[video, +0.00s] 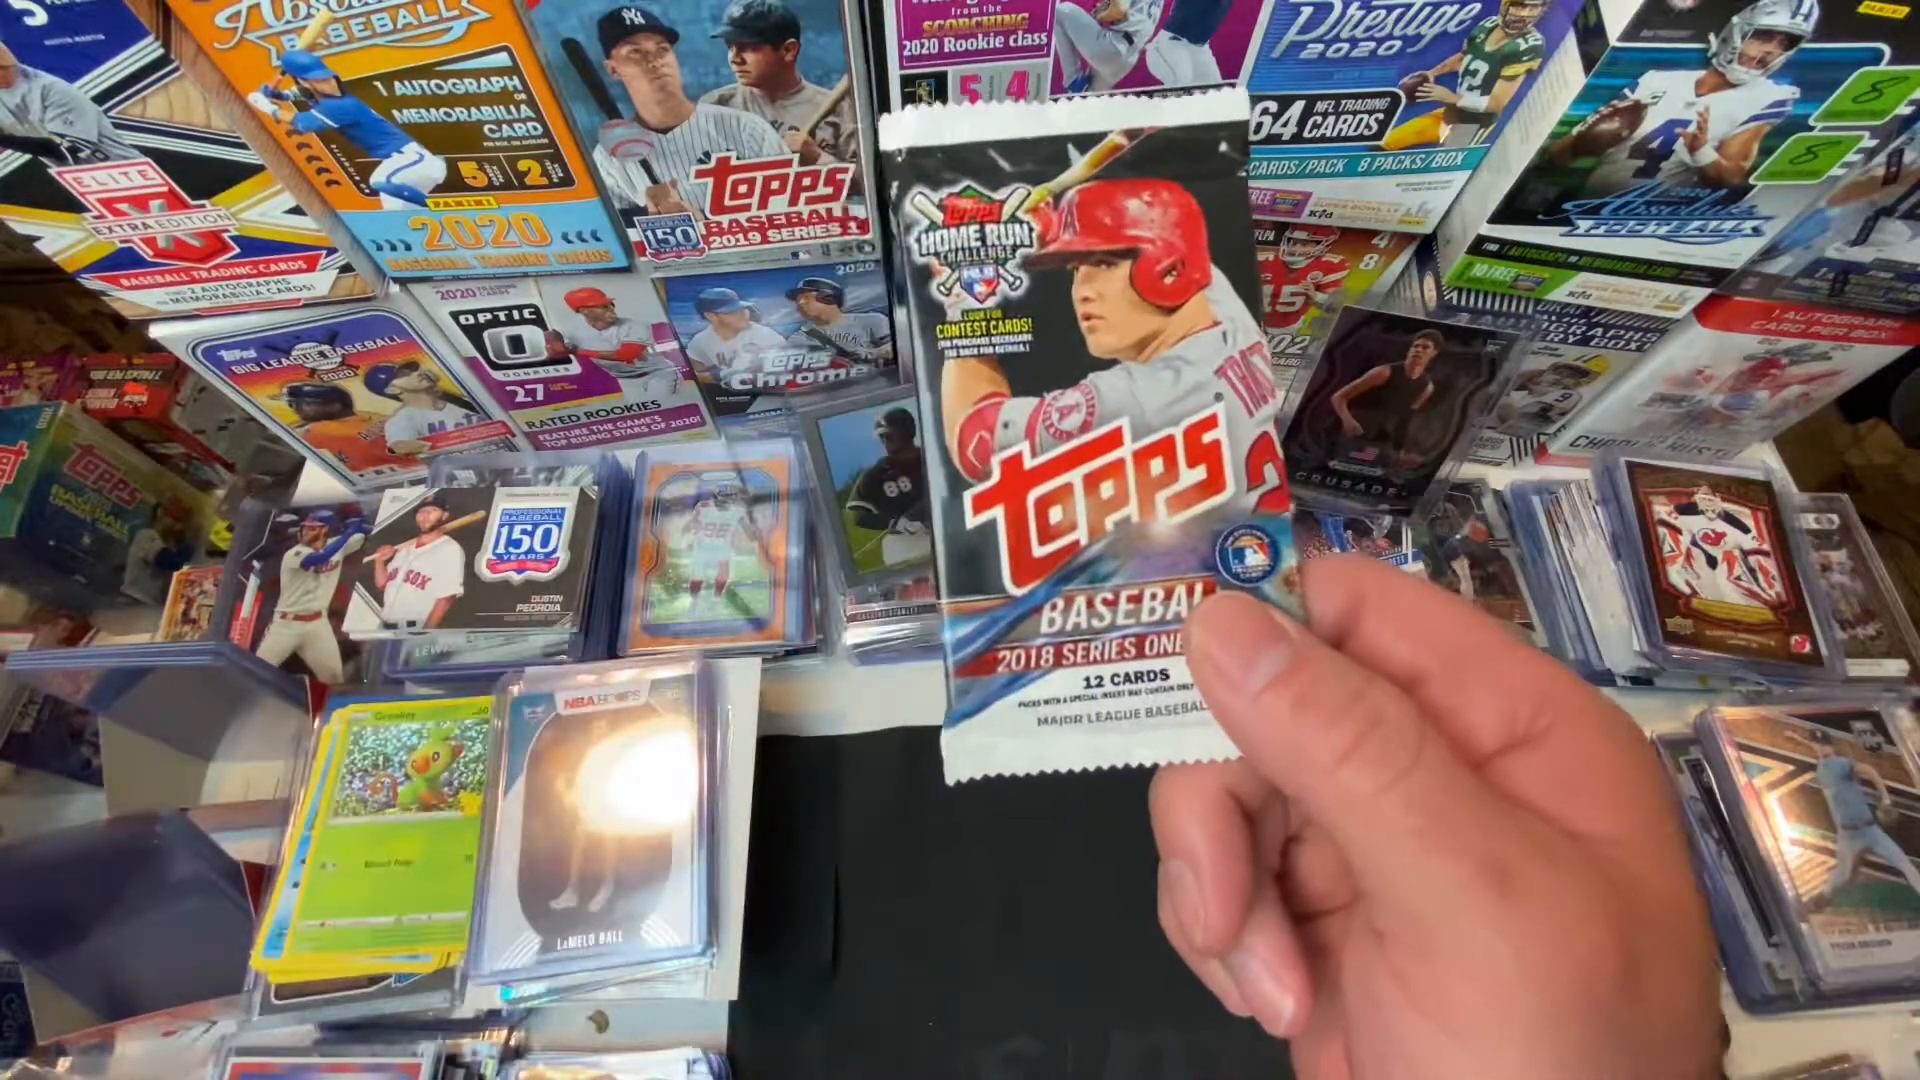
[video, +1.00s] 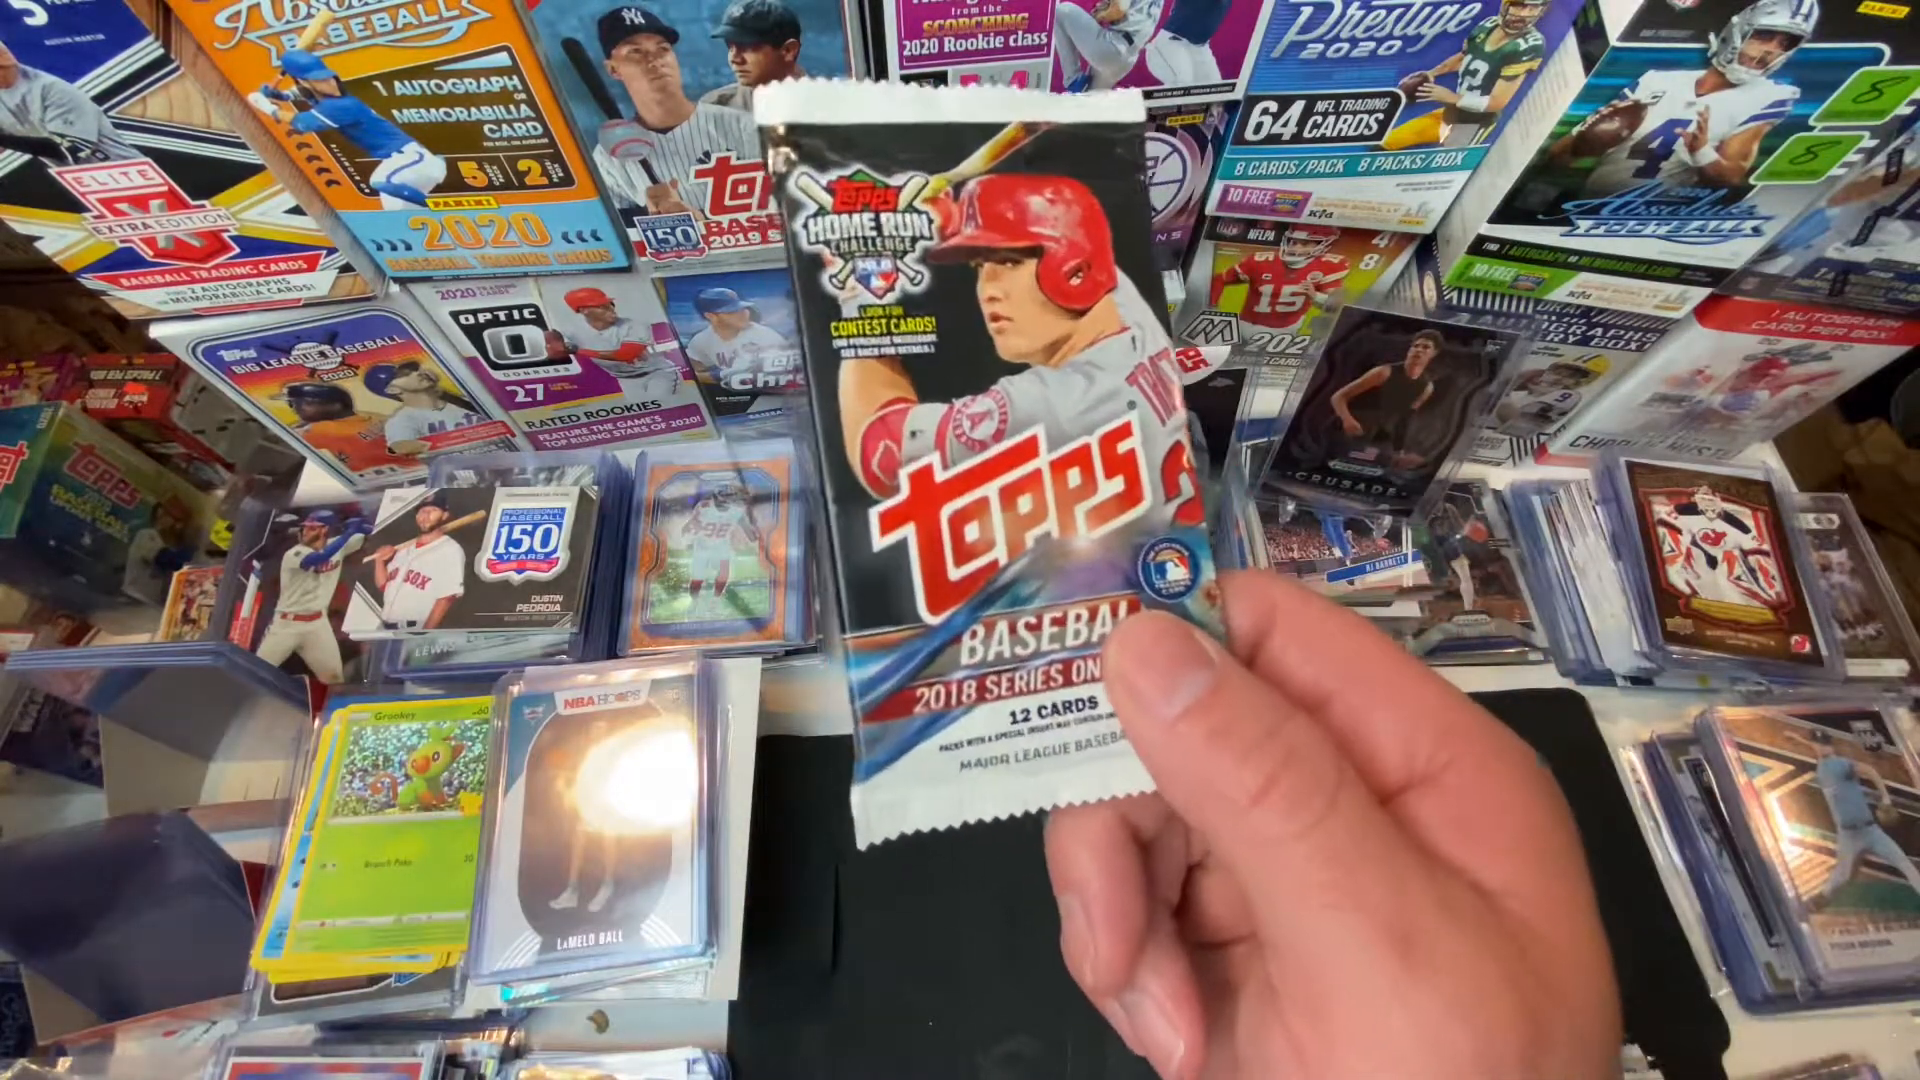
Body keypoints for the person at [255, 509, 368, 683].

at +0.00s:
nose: (304, 532)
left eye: (310, 528)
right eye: (304, 528)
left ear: (324, 531)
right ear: (302, 530)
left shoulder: (337, 549)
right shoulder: (293, 554)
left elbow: (366, 532)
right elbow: (318, 559)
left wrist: (357, 523)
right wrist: (347, 536)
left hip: (317, 625)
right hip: (284, 624)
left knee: (333, 675)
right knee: (259, 670)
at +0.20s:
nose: (303, 532)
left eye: (309, 528)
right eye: (304, 528)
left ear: (323, 531)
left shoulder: (336, 549)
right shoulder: (293, 554)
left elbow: (365, 532)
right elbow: (319, 560)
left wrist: (354, 522)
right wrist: (347, 536)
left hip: (317, 625)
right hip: (284, 624)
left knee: (334, 680)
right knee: (258, 671)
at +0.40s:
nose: (303, 532)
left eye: (309, 528)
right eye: (304, 528)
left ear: (324, 531)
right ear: (303, 530)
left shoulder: (336, 549)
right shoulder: (293, 554)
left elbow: (365, 532)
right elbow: (318, 560)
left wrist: (353, 523)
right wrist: (346, 536)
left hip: (317, 625)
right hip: (284, 624)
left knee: (334, 680)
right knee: (258, 671)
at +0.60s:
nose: (303, 532)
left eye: (309, 528)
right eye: (303, 528)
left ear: (324, 531)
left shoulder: (336, 549)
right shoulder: (293, 554)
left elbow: (366, 532)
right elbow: (319, 559)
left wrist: (355, 524)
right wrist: (346, 536)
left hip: (317, 625)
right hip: (284, 624)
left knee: (334, 679)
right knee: (259, 671)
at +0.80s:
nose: (304, 531)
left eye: (310, 528)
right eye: (304, 527)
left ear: (324, 531)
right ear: (303, 529)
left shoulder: (337, 548)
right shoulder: (293, 554)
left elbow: (366, 532)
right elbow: (317, 560)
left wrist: (355, 523)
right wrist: (348, 535)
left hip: (317, 625)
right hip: (285, 624)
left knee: (334, 678)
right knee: (258, 671)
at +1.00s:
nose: (304, 531)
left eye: (310, 528)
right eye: (304, 527)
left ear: (324, 531)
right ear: (303, 529)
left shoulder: (337, 549)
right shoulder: (293, 554)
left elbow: (366, 532)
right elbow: (318, 560)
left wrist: (356, 523)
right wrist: (347, 535)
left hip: (317, 626)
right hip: (284, 625)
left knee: (334, 680)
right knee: (257, 672)